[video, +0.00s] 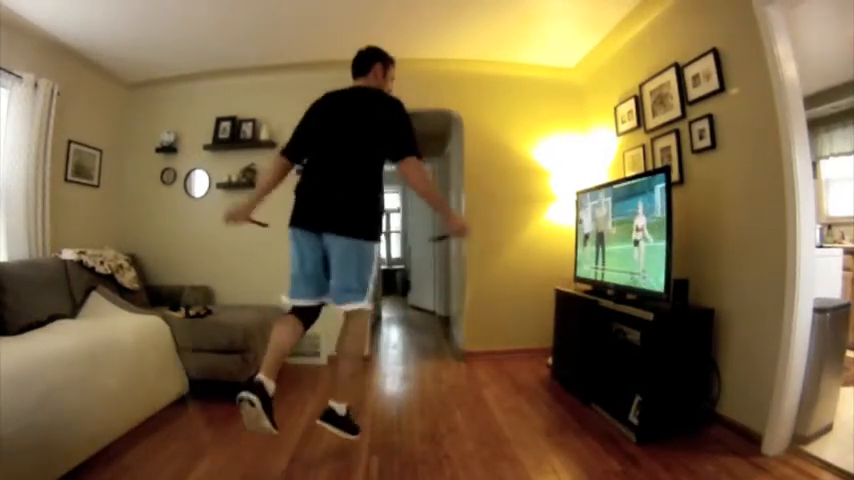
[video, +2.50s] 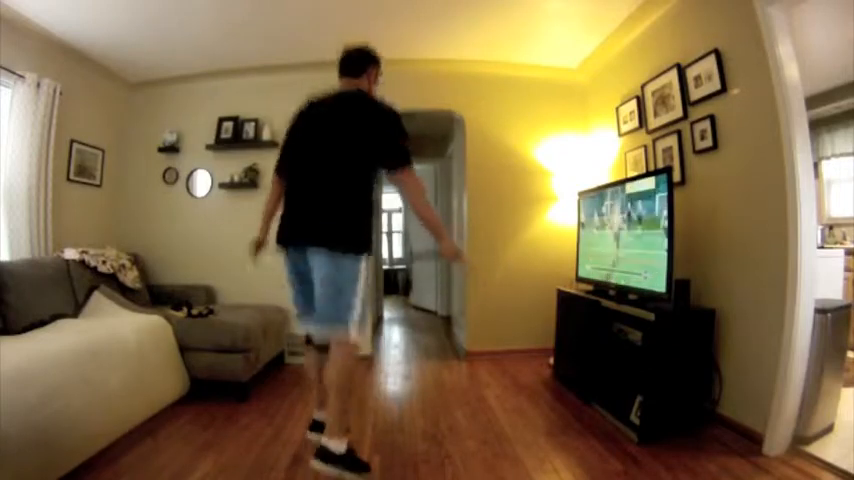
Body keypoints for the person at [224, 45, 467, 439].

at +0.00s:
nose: (392, 83)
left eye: (391, 77)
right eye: (391, 76)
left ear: (356, 73)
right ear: (379, 72)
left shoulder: (325, 103)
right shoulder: (389, 109)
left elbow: (286, 160)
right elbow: (411, 169)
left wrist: (251, 202)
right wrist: (448, 213)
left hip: (306, 217)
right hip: (354, 223)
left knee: (303, 307)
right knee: (356, 313)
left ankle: (263, 383)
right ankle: (339, 406)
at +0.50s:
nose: (378, 58)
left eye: (376, 52)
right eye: (378, 52)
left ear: (339, 49)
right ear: (371, 47)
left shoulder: (307, 83)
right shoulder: (372, 79)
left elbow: (273, 143)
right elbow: (389, 142)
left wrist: (252, 190)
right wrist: (447, 177)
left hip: (298, 207)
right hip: (341, 208)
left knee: (330, 310)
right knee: (330, 315)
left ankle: (332, 399)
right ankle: (308, 424)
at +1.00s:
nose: (387, 97)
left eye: (383, 90)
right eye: (387, 90)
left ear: (349, 91)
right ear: (381, 90)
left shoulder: (320, 130)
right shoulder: (389, 131)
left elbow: (287, 190)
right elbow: (419, 191)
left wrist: (276, 237)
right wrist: (463, 230)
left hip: (308, 250)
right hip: (352, 253)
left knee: (331, 351)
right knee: (355, 358)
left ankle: (327, 427)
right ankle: (332, 450)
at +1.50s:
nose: (398, 133)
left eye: (394, 126)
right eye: (397, 126)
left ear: (360, 127)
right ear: (391, 127)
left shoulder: (334, 164)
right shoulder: (395, 168)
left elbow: (288, 215)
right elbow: (436, 230)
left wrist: (281, 231)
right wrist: (483, 239)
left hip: (315, 283)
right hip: (363, 288)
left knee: (345, 360)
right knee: (389, 375)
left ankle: (342, 432)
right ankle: (359, 458)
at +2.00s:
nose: (388, 58)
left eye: (383, 52)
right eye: (389, 52)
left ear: (352, 49)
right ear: (386, 51)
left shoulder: (322, 84)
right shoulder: (391, 85)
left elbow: (287, 148)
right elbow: (416, 150)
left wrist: (258, 194)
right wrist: (465, 187)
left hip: (313, 210)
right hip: (361, 210)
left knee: (335, 308)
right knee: (359, 312)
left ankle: (337, 397)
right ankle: (340, 416)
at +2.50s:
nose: (378, 84)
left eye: (376, 78)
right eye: (379, 78)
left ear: (340, 74)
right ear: (372, 76)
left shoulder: (309, 112)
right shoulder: (378, 116)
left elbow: (280, 178)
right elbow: (407, 182)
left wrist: (262, 229)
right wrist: (444, 238)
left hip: (296, 235)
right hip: (341, 238)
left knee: (316, 336)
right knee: (342, 340)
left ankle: (319, 416)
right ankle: (333, 443)